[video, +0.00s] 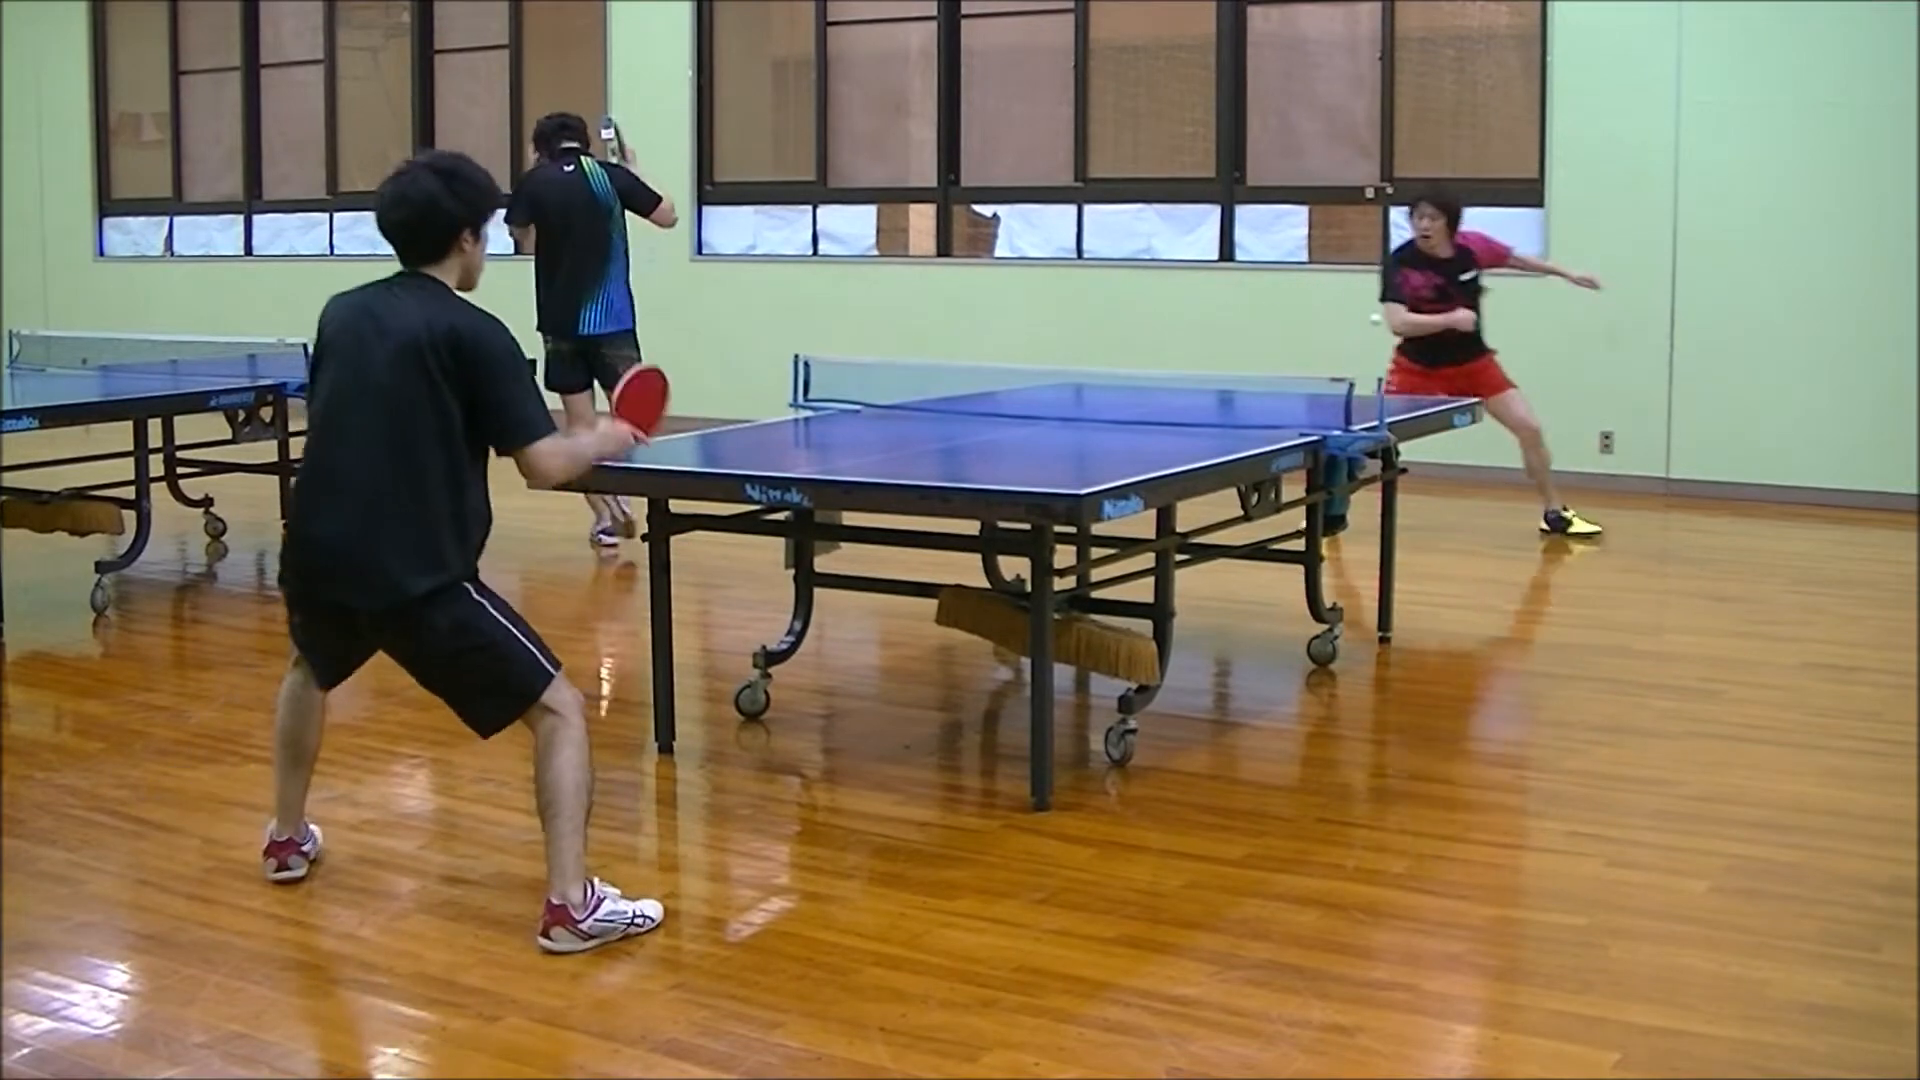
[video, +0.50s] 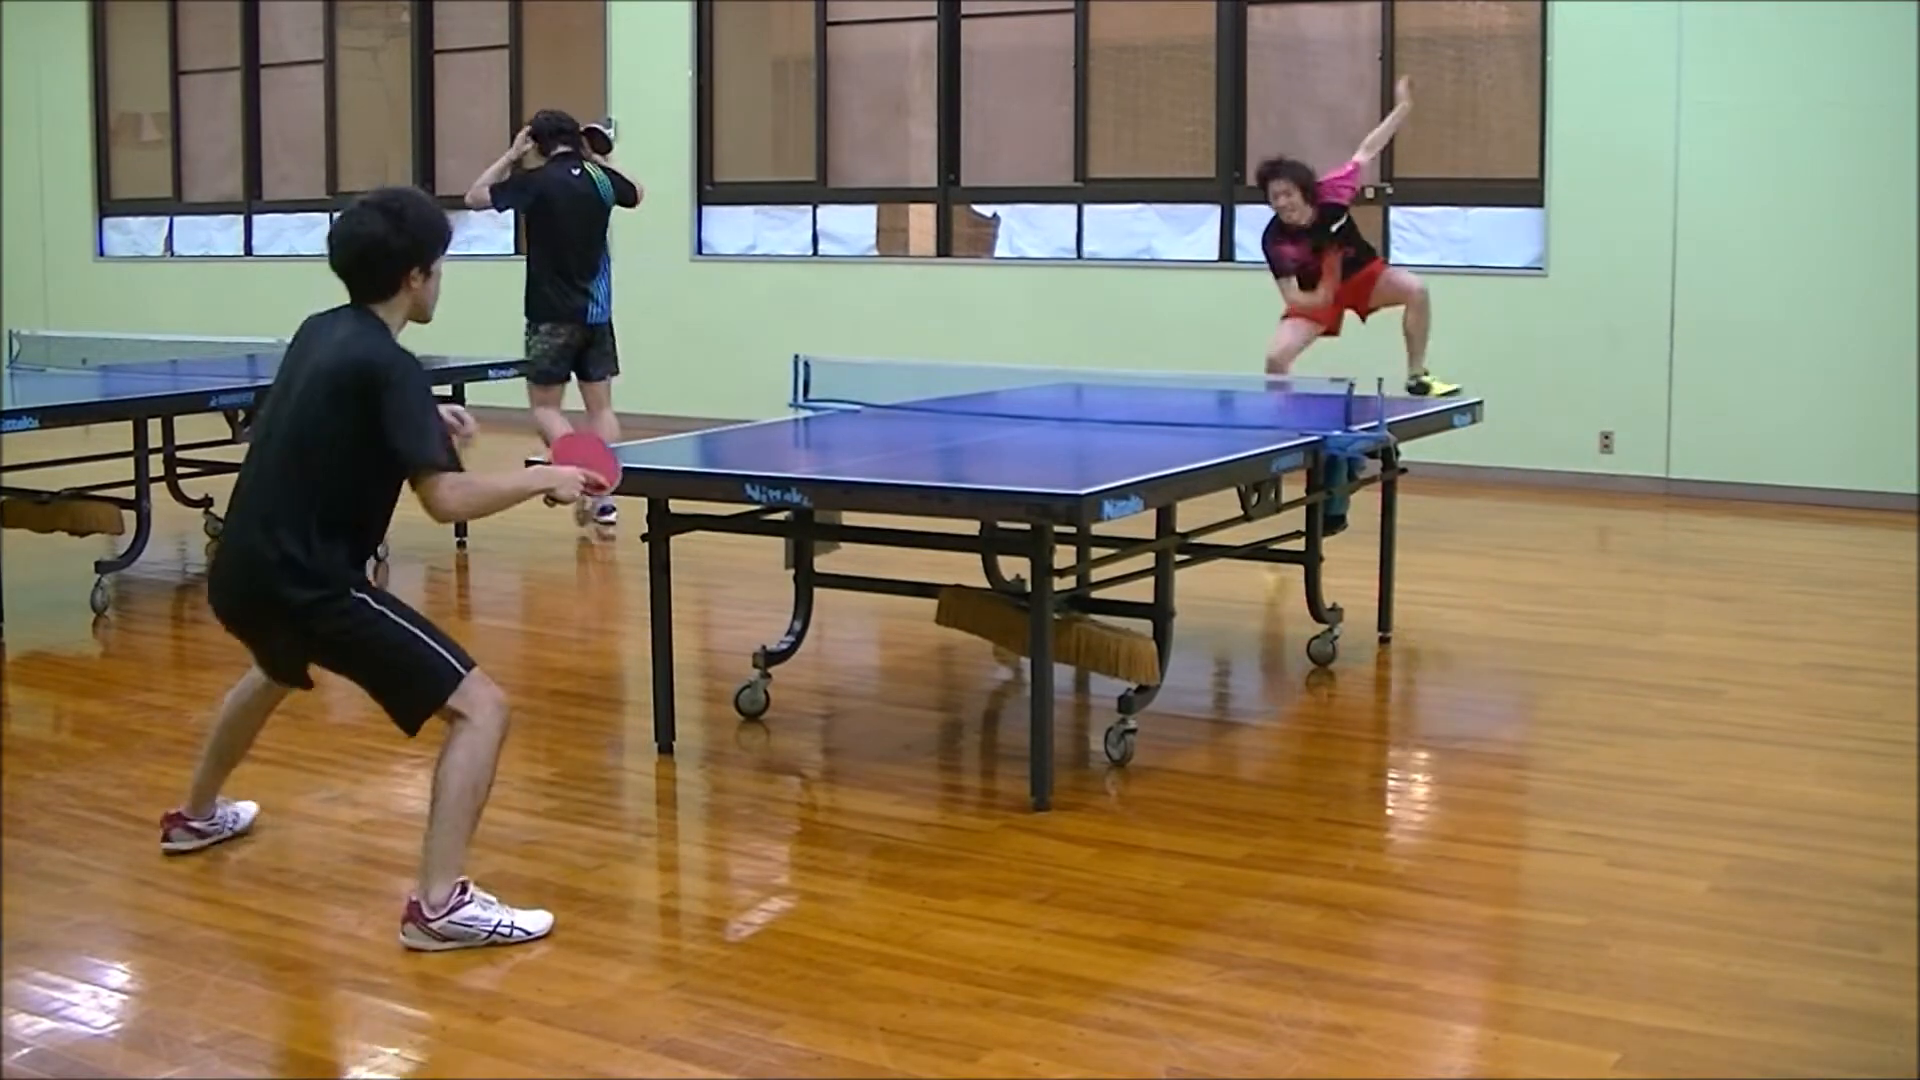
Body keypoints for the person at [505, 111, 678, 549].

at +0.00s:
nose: (533, 155)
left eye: (534, 149)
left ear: (539, 150)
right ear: (585, 144)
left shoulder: (533, 182)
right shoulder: (610, 175)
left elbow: (525, 242)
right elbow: (666, 215)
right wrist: (633, 172)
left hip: (560, 321)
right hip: (612, 319)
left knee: (579, 421)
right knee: (629, 411)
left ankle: (604, 521)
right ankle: (620, 506)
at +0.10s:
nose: (531, 153)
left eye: (533, 147)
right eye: (534, 148)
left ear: (540, 148)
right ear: (586, 143)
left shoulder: (533, 181)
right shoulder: (609, 174)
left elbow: (515, 229)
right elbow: (664, 206)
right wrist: (627, 162)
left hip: (560, 312)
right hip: (612, 310)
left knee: (577, 413)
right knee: (623, 402)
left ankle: (605, 517)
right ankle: (629, 488)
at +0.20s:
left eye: (538, 146)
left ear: (543, 147)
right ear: (588, 143)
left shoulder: (535, 182)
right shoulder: (608, 176)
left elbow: (502, 216)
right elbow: (660, 200)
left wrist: (525, 165)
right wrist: (619, 158)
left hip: (563, 310)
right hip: (612, 309)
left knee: (578, 416)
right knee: (618, 403)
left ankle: (605, 515)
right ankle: (629, 496)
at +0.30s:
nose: (538, 154)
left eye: (539, 149)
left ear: (544, 150)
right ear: (586, 146)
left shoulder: (538, 185)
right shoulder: (607, 180)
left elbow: (494, 212)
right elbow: (657, 199)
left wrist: (522, 164)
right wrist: (614, 159)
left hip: (560, 315)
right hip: (609, 314)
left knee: (572, 414)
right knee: (615, 409)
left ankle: (604, 509)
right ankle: (614, 502)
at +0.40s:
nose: (534, 152)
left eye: (536, 147)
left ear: (543, 149)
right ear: (583, 146)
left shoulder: (538, 186)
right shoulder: (606, 182)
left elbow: (485, 206)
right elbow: (650, 198)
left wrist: (517, 163)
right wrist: (608, 163)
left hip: (558, 314)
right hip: (604, 313)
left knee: (568, 405)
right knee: (606, 407)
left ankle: (597, 499)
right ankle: (605, 500)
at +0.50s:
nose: (526, 152)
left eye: (528, 145)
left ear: (536, 145)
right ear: (577, 142)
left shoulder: (537, 182)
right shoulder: (600, 179)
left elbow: (475, 197)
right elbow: (635, 195)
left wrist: (510, 157)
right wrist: (595, 161)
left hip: (552, 315)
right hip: (597, 313)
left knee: (545, 407)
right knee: (600, 407)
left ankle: (584, 476)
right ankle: (604, 498)